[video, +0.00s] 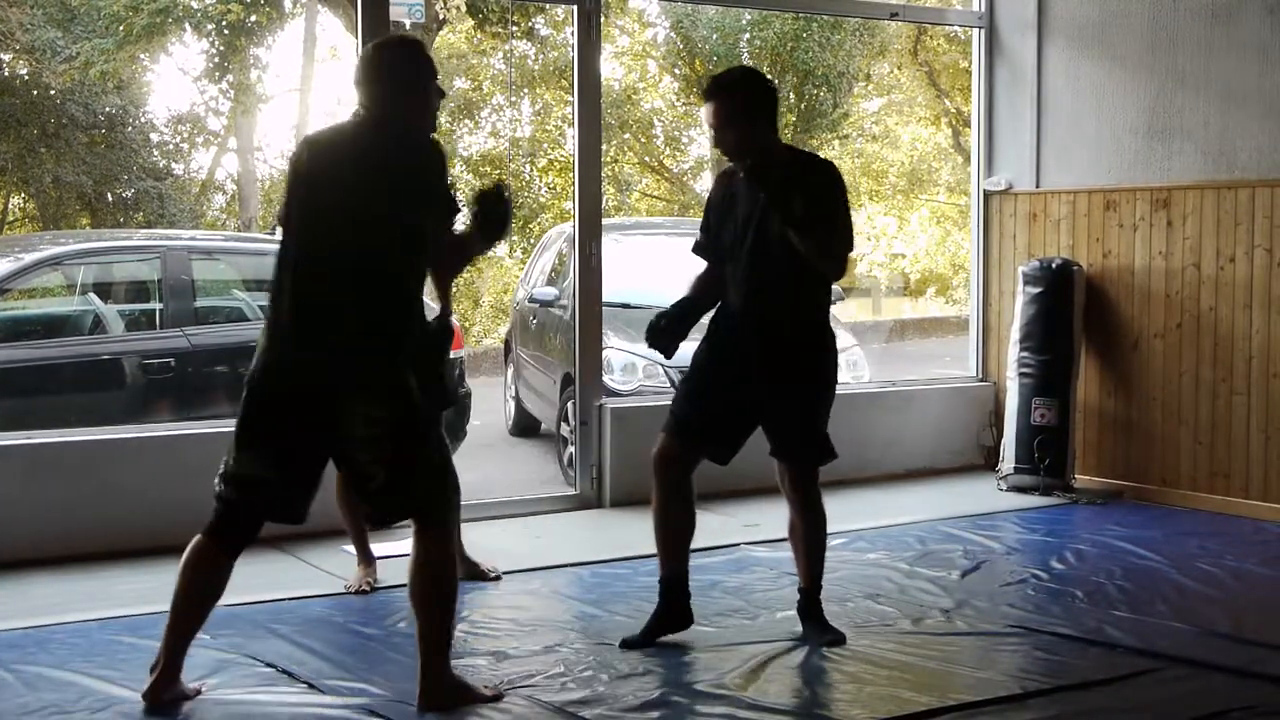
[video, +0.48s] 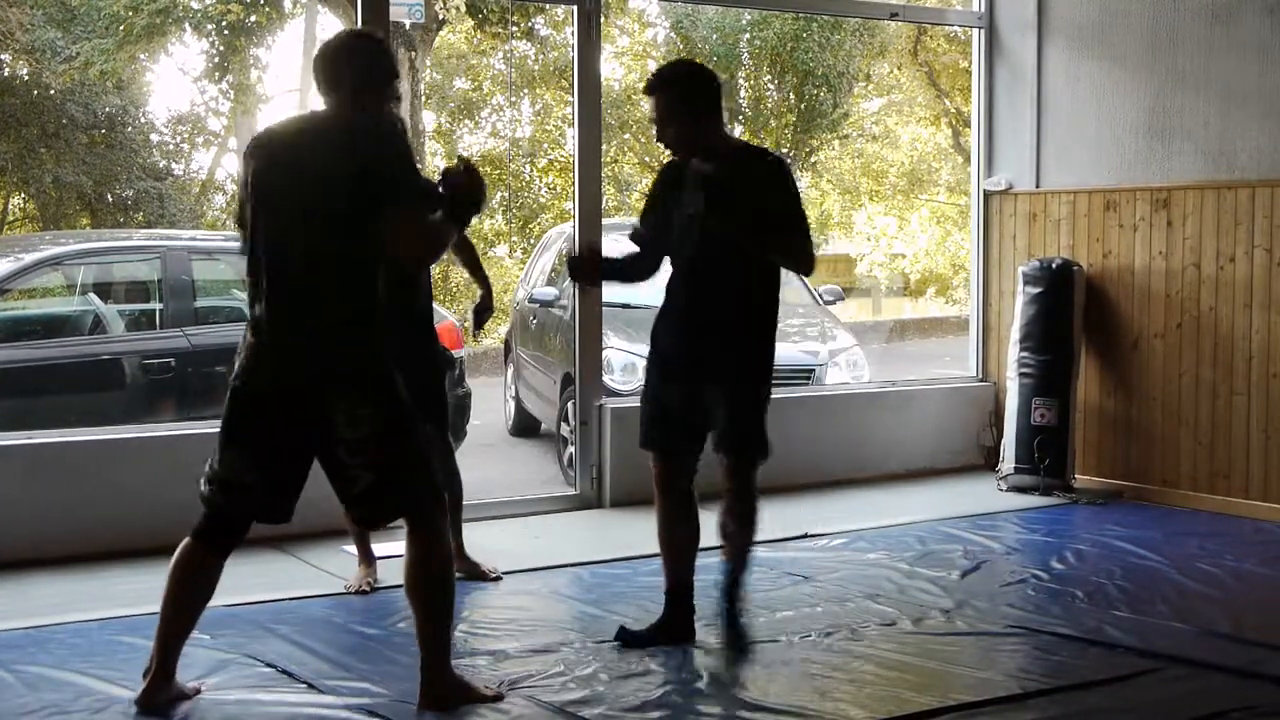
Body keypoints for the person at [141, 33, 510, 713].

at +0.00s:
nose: (439, 100)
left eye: (436, 87)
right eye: (433, 88)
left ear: (364, 87)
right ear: (412, 91)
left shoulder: (313, 150)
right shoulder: (420, 156)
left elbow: (298, 247)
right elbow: (441, 266)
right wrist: (483, 230)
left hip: (289, 368)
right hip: (376, 374)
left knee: (230, 521)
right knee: (437, 510)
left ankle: (164, 673)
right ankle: (436, 680)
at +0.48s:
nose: (396, 94)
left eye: (395, 83)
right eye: (392, 83)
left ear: (324, 81)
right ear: (375, 83)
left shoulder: (269, 144)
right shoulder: (382, 137)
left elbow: (260, 248)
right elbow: (414, 253)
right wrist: (459, 207)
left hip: (273, 362)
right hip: (366, 363)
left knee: (218, 522)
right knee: (428, 512)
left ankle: (158, 677)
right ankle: (438, 678)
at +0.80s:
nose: (327, 118)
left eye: (327, 106)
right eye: (326, 105)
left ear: (265, 94)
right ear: (310, 102)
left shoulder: (198, 153)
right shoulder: (302, 161)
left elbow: (171, 240)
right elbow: (336, 252)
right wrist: (386, 224)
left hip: (201, 376)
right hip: (283, 376)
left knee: (200, 530)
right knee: (356, 521)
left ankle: (165, 683)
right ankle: (414, 675)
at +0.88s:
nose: (310, 110)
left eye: (310, 97)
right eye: (310, 97)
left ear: (249, 80)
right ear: (294, 92)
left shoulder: (175, 133)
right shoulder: (280, 152)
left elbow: (145, 228)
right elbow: (324, 244)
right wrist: (364, 199)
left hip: (148, 348)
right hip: (224, 353)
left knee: (156, 510)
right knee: (289, 495)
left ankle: (151, 671)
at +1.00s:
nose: (278, 107)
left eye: (280, 96)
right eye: (278, 95)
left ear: (220, 78)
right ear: (263, 90)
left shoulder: (144, 127)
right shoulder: (258, 157)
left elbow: (105, 218)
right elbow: (298, 234)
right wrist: (359, 193)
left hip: (89, 330)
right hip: (164, 343)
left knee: (75, 463)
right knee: (165, 516)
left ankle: (57, 549)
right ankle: (64, 676)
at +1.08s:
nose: (260, 115)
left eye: (260, 103)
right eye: (258, 102)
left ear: (199, 89)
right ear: (240, 101)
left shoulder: (121, 135)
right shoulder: (231, 167)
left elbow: (78, 220)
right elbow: (258, 260)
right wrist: (307, 247)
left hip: (48, 350)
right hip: (125, 369)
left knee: (5, 509)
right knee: (146, 529)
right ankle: (59, 684)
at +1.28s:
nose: (204, 141)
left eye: (208, 126)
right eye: (202, 124)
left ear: (146, 101)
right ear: (174, 114)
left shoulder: (64, 141)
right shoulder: (147, 169)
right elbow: (145, 278)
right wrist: (209, 255)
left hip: (9, 354)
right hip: (70, 366)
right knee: (126, 533)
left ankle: (51, 690)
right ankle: (51, 692)